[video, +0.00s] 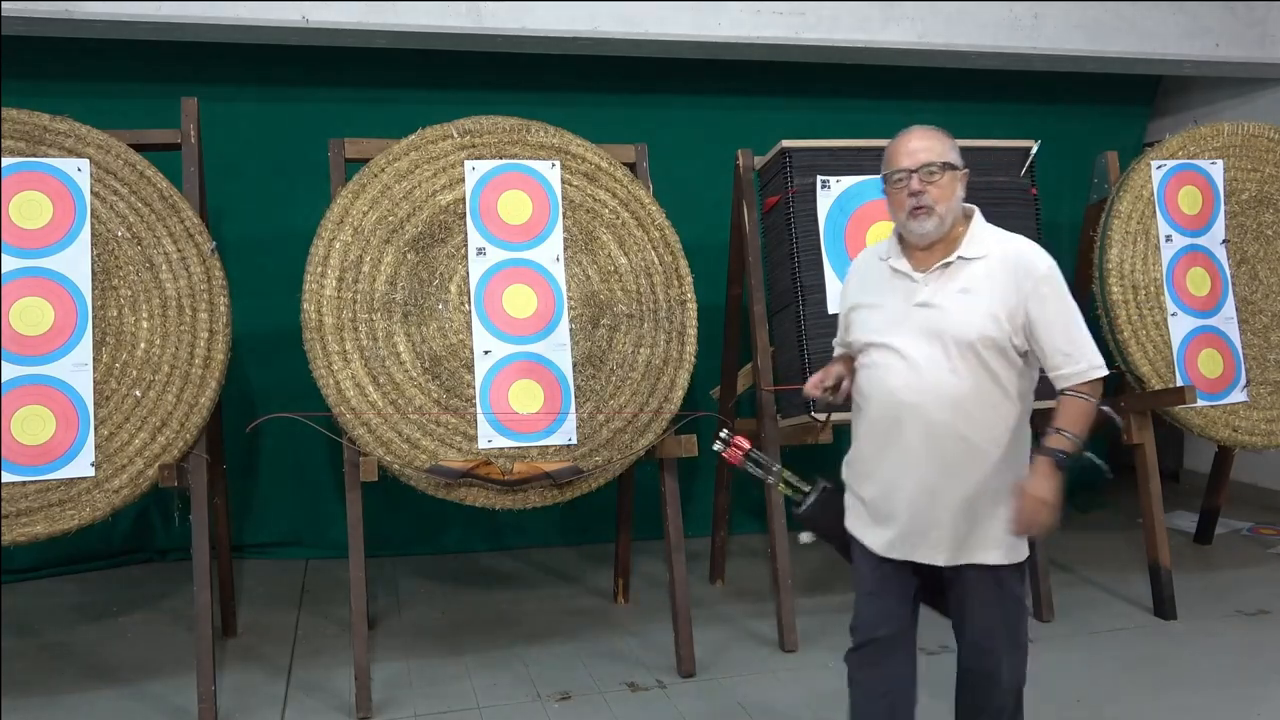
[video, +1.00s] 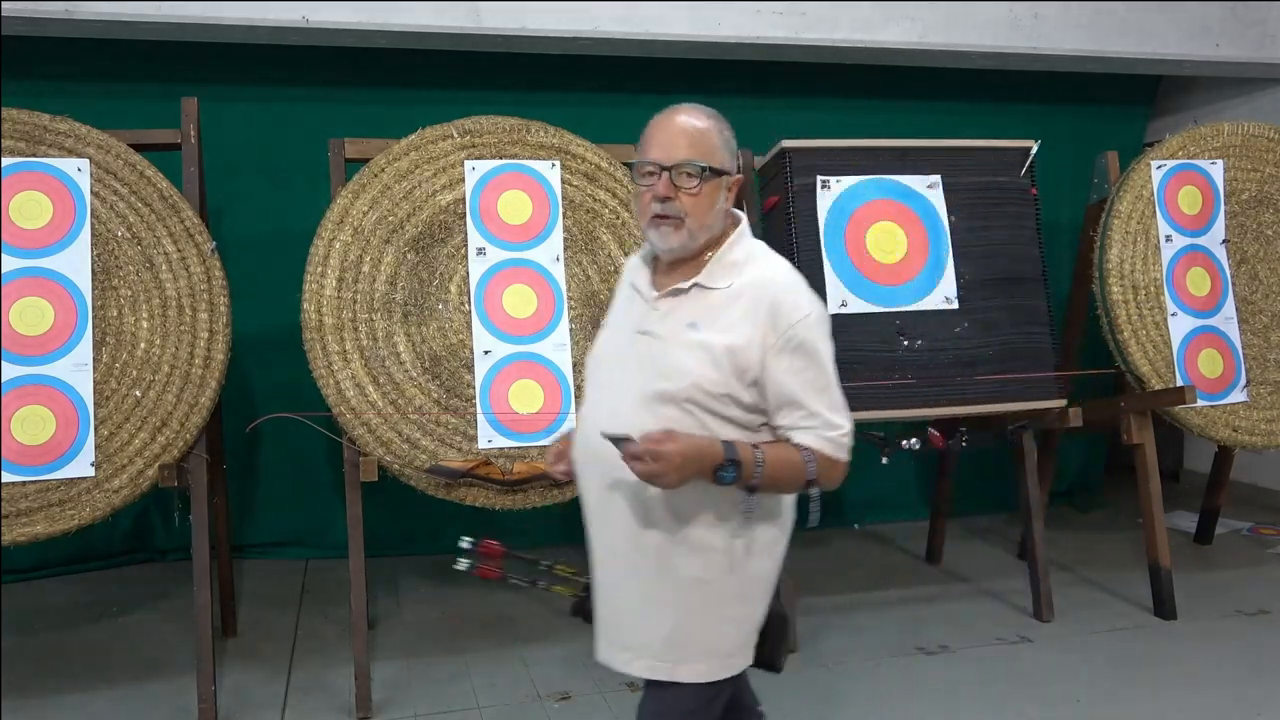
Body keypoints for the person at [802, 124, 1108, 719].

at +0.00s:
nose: (915, 188)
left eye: (931, 173)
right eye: (899, 178)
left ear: (961, 182)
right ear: (886, 195)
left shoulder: (1020, 264)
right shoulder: (867, 269)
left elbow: (1083, 378)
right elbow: (850, 353)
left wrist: (1049, 465)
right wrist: (838, 373)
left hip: (984, 524)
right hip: (881, 520)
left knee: (993, 683)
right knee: (875, 671)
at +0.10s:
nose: (892, 195)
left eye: (908, 179)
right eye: (876, 185)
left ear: (939, 186)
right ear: (864, 201)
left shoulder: (999, 267)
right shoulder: (845, 279)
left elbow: (1062, 379)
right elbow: (837, 364)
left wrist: (985, 443)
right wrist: (823, 382)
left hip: (971, 531)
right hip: (867, 528)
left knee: (990, 692)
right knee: (856, 688)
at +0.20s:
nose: (866, 200)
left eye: (881, 183)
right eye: (850, 191)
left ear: (913, 192)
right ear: (838, 210)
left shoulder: (972, 273)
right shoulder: (821, 290)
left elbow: (1019, 397)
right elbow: (813, 382)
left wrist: (908, 428)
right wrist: (797, 398)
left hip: (948, 539)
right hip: (843, 540)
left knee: (982, 701)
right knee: (841, 699)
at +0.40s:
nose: (781, 189)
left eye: (799, 172)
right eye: (772, 178)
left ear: (850, 177)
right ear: (766, 192)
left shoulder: (918, 261)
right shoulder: (763, 287)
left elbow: (952, 390)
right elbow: (738, 394)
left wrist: (825, 398)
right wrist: (733, 403)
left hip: (885, 545)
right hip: (782, 545)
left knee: (904, 692)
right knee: (790, 705)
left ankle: (954, 714)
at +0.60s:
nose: (713, 194)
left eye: (728, 177)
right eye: (714, 179)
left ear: (784, 175)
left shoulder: (873, 260)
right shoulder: (724, 282)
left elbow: (914, 399)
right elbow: (713, 388)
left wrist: (790, 405)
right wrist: (687, 404)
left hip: (826, 566)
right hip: (734, 562)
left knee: (796, 706)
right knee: (759, 705)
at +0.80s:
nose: (682, 183)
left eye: (704, 167)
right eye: (677, 171)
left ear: (759, 178)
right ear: (673, 184)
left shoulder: (825, 270)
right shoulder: (698, 270)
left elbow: (879, 418)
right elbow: (694, 374)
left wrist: (764, 439)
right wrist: (640, 420)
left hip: (767, 588)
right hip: (701, 577)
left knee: (725, 710)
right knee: (768, 707)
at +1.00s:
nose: (662, 192)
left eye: (688, 175)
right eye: (649, 175)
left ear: (732, 188)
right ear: (634, 184)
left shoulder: (778, 297)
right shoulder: (640, 272)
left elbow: (827, 459)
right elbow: (660, 395)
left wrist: (715, 459)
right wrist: (587, 444)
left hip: (707, 609)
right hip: (640, 591)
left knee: (669, 710)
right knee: (723, 705)